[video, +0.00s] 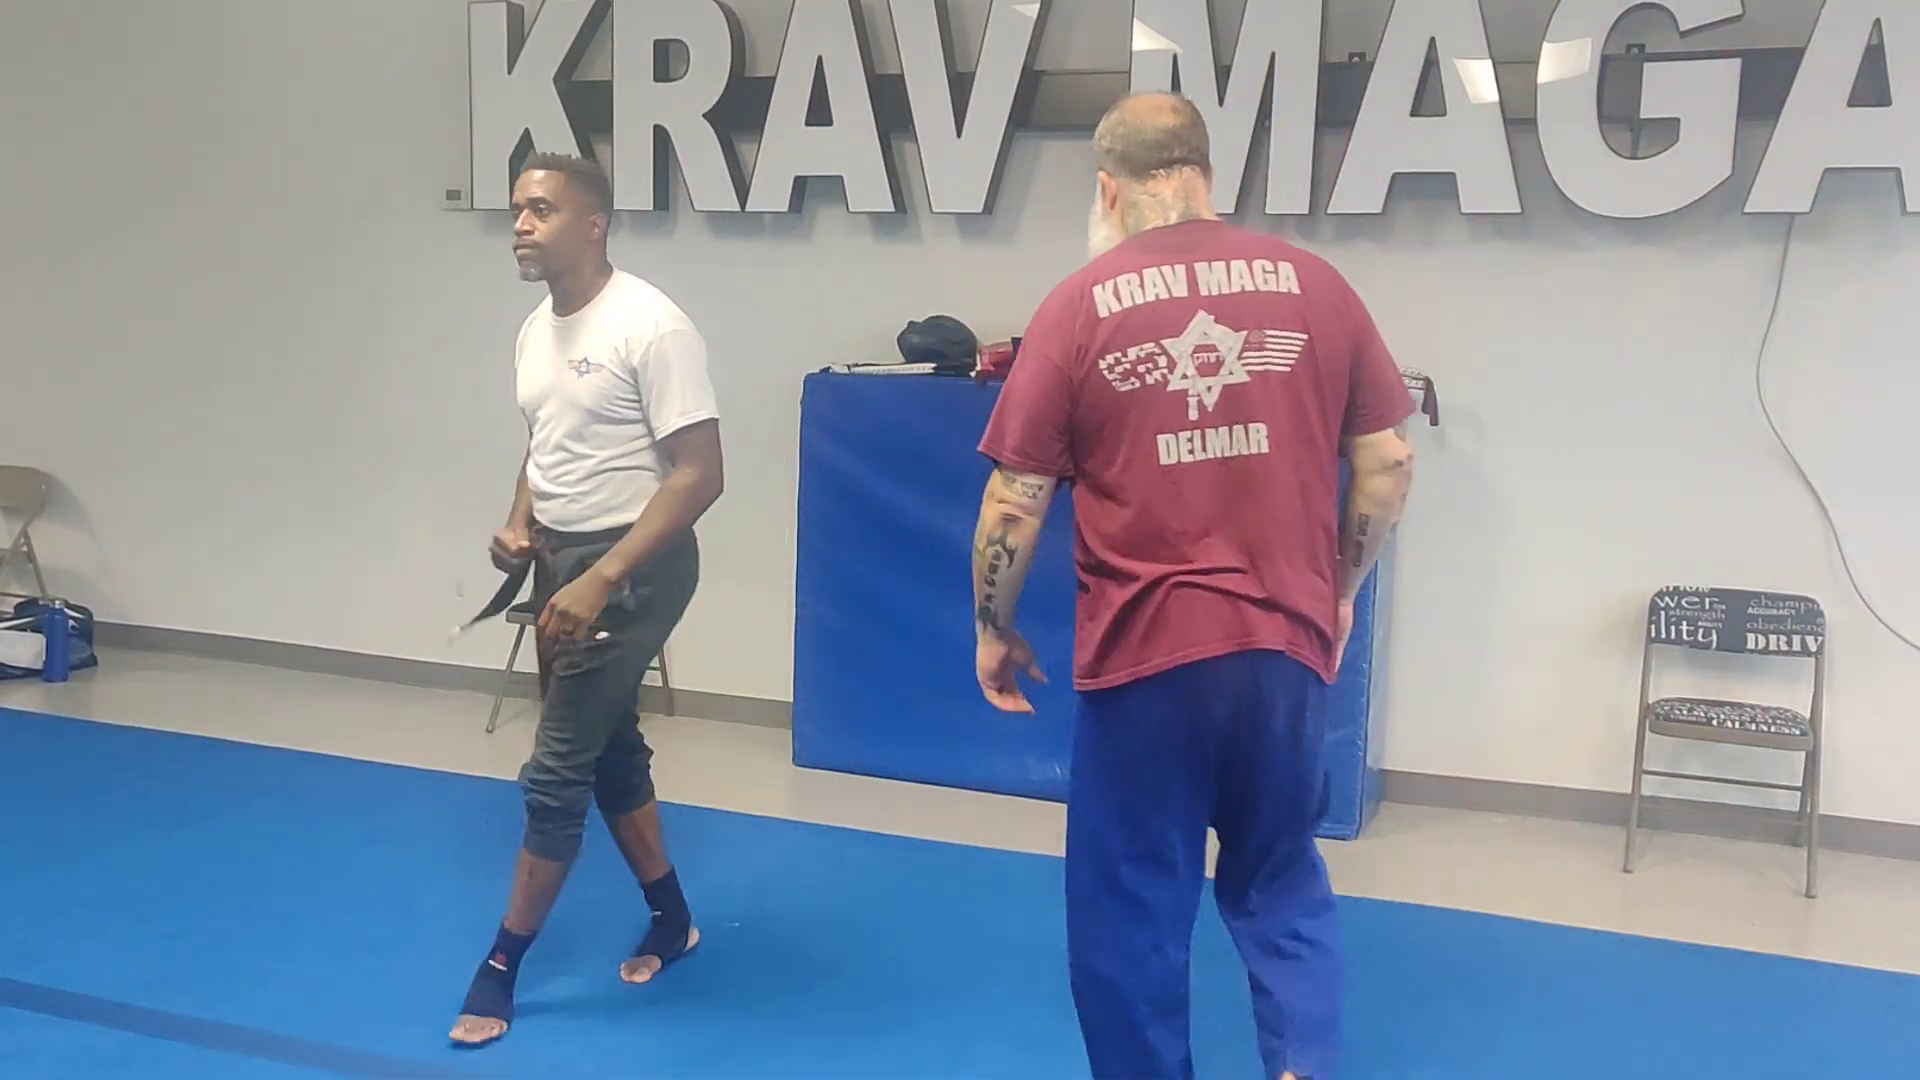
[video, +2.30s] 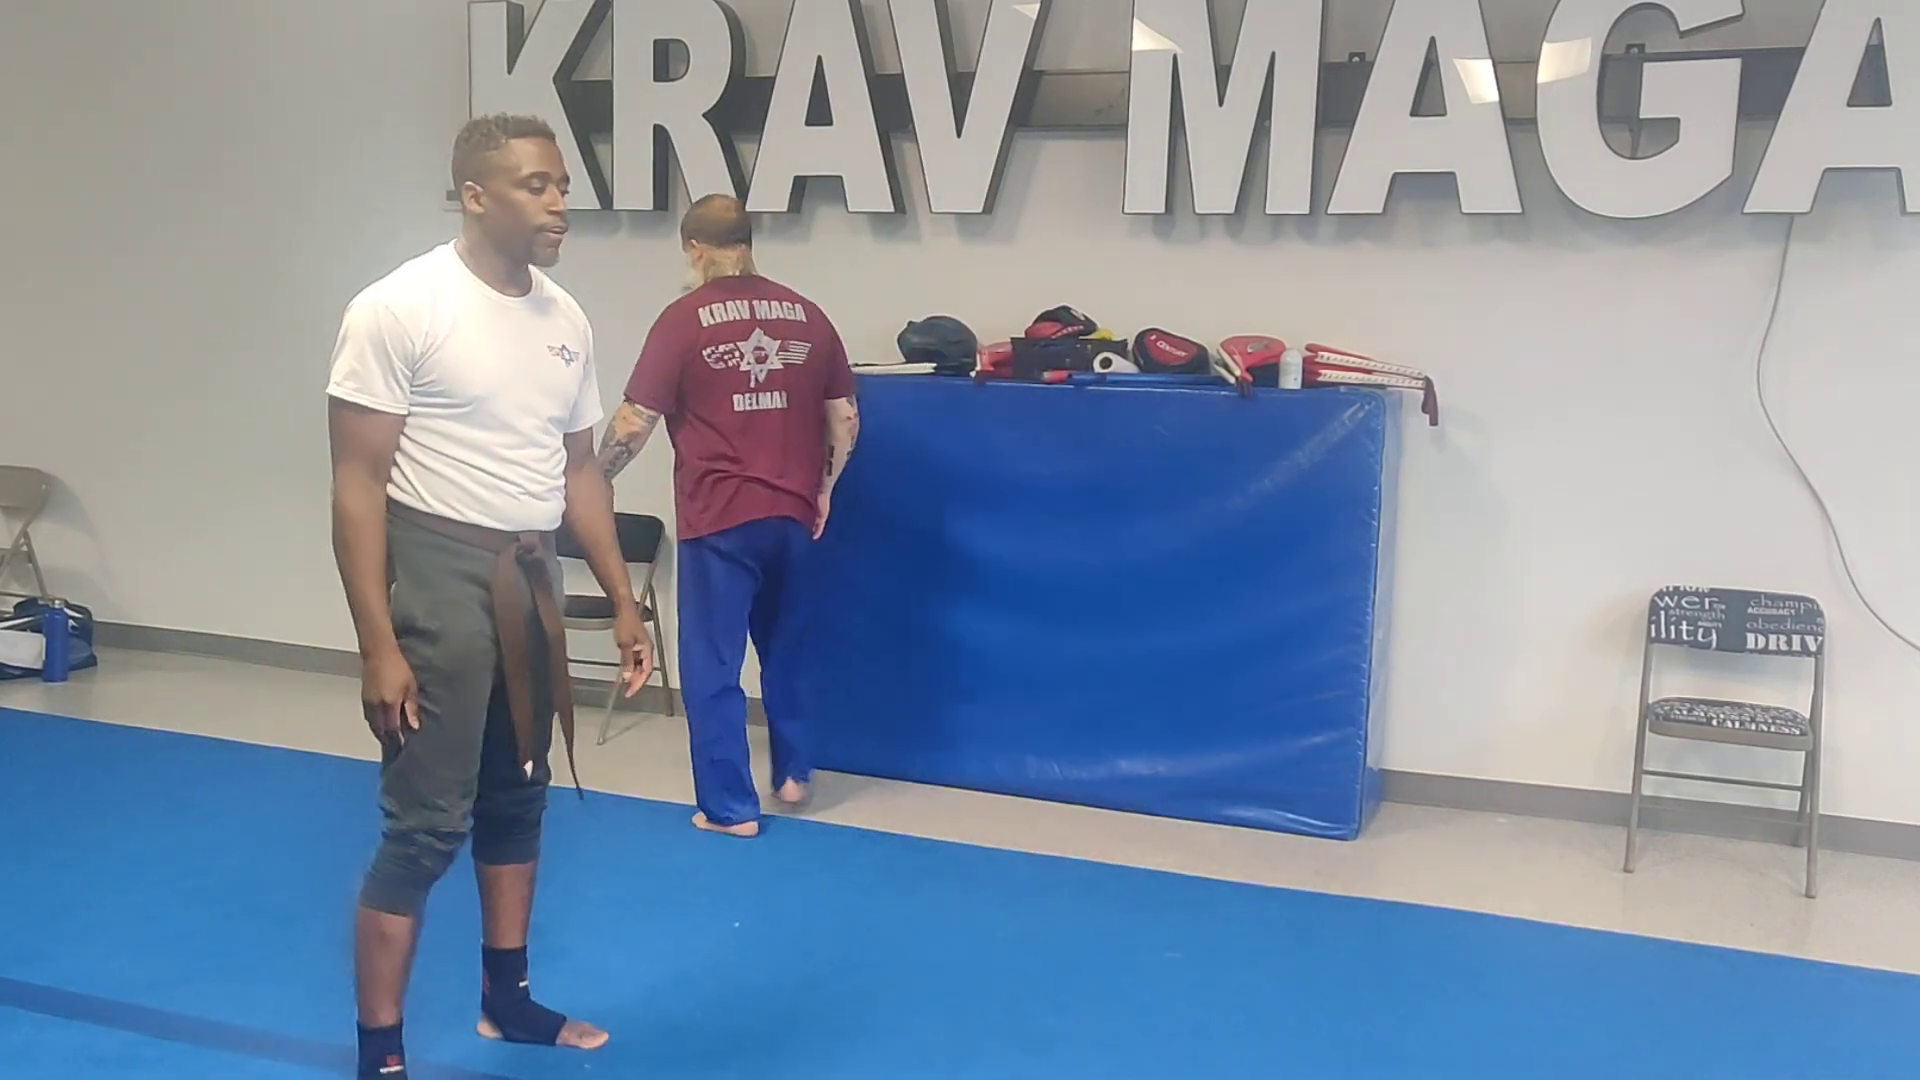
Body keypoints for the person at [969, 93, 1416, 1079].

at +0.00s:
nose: (1100, 204)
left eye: (1100, 191)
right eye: (1107, 190)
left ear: (1111, 187)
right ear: (1207, 176)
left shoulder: (1081, 304)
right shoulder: (1319, 283)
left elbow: (1013, 507)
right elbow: (1386, 462)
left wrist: (996, 628)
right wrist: (1343, 582)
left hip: (1146, 645)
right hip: (1290, 642)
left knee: (1130, 902)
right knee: (1280, 872)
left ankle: (1146, 1068)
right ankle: (1303, 1065)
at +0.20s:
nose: (1068, 223)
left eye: (1069, 209)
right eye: (1070, 210)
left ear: (1081, 203)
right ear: (1171, 200)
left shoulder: (1053, 303)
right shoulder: (1272, 295)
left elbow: (968, 492)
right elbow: (1330, 463)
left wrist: (947, 571)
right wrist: (1289, 582)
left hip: (1117, 625)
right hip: (1243, 623)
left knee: (1106, 862)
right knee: (1190, 844)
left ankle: (1127, 1062)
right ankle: (1163, 1027)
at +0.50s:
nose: (1043, 230)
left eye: (1044, 217)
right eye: (1049, 218)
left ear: (1060, 212)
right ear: (1139, 215)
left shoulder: (1031, 293)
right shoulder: (1210, 312)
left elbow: (963, 446)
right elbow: (1243, 466)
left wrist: (924, 572)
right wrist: (1181, 554)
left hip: (1045, 594)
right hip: (1158, 600)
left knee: (994, 774)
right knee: (1116, 805)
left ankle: (1052, 963)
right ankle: (1106, 1004)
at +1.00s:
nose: (897, 239)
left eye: (897, 228)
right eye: (901, 227)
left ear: (909, 229)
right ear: (980, 222)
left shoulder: (896, 318)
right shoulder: (1057, 303)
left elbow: (849, 461)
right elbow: (1105, 436)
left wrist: (828, 563)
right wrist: (1076, 521)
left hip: (936, 568)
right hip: (1039, 563)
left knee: (922, 756)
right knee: (1048, 744)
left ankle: (932, 933)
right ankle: (1065, 875)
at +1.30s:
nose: (852, 249)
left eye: (852, 237)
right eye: (857, 237)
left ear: (864, 237)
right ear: (929, 232)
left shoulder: (846, 319)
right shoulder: (998, 316)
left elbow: (778, 446)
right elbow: (1039, 441)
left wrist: (740, 509)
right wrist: (1010, 525)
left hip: (891, 561)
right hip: (980, 557)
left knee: (890, 743)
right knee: (939, 725)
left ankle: (923, 931)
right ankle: (906, 855)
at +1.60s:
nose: (832, 250)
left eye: (832, 240)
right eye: (838, 240)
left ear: (839, 241)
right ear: (900, 243)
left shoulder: (819, 309)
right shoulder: (954, 327)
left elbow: (770, 424)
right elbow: (977, 446)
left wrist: (742, 521)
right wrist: (930, 506)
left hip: (830, 536)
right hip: (920, 540)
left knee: (791, 687)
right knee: (887, 695)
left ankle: (839, 819)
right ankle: (870, 857)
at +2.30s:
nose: (686, 260)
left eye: (685, 251)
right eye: (688, 251)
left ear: (694, 250)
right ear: (749, 248)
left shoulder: (684, 318)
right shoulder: (808, 314)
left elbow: (630, 429)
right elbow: (845, 420)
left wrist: (595, 474)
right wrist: (823, 486)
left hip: (718, 517)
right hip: (795, 513)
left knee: (713, 669)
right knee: (786, 646)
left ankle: (731, 809)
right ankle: (793, 776)